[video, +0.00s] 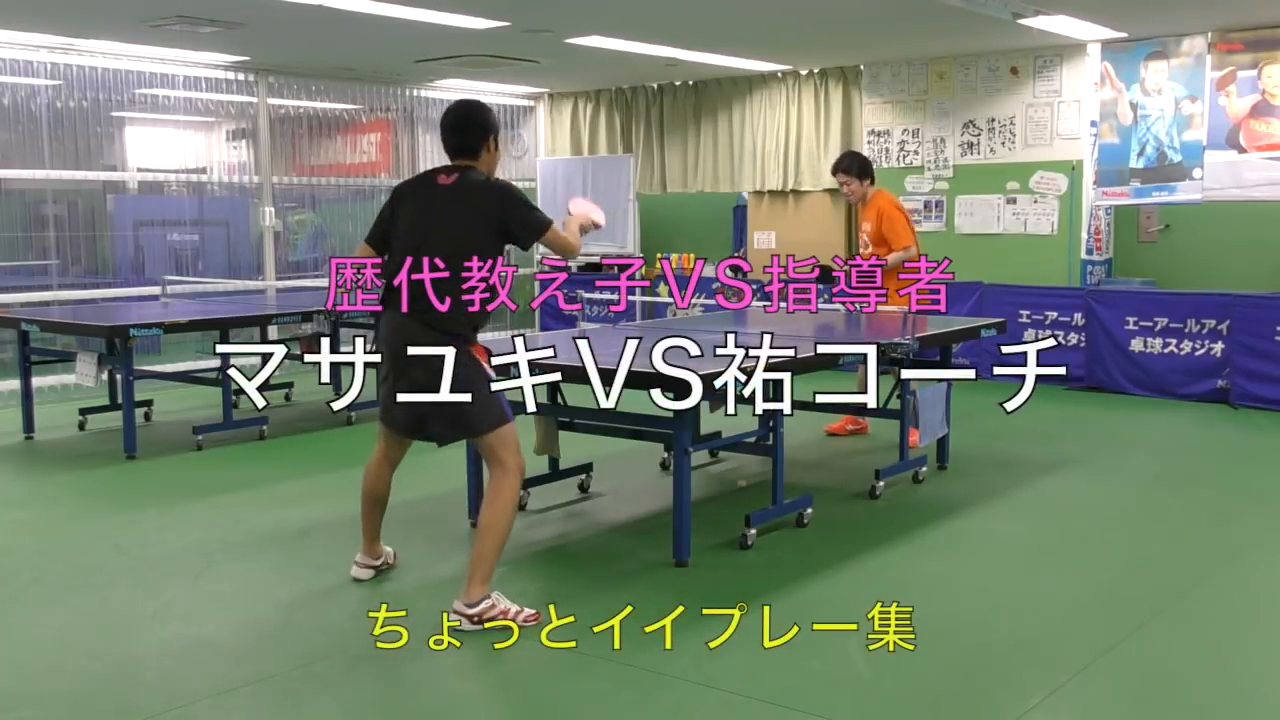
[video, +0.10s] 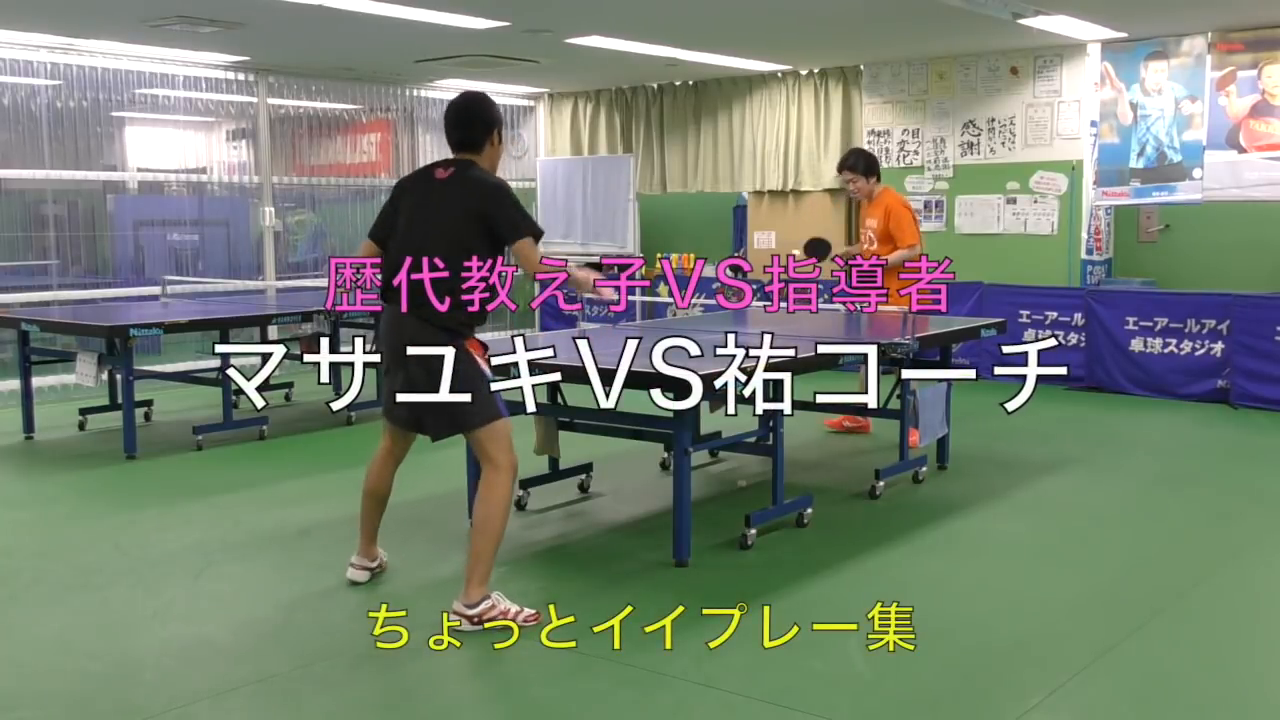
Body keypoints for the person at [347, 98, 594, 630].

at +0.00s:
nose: (499, 150)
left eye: (496, 142)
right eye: (498, 142)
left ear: (446, 144)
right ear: (489, 144)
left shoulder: (408, 191)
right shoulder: (496, 195)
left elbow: (367, 254)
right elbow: (568, 248)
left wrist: (423, 263)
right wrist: (575, 218)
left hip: (399, 345)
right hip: (453, 348)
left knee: (385, 453)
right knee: (507, 467)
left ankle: (369, 552)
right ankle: (475, 596)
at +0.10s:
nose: (502, 146)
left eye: (499, 137)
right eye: (502, 137)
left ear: (450, 136)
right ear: (493, 137)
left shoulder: (412, 184)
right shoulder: (489, 189)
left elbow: (372, 251)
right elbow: (530, 263)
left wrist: (429, 266)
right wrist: (574, 277)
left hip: (396, 338)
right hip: (448, 343)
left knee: (391, 445)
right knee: (500, 462)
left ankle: (365, 554)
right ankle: (475, 598)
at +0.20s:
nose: (509, 150)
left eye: (507, 140)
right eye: (508, 140)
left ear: (459, 137)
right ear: (496, 141)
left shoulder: (421, 183)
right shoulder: (473, 190)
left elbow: (380, 249)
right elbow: (464, 268)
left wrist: (434, 275)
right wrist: (523, 315)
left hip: (397, 342)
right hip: (437, 347)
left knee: (395, 443)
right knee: (492, 461)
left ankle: (359, 553)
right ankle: (474, 597)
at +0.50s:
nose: (509, 173)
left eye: (512, 163)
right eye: (508, 161)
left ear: (469, 154)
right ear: (482, 154)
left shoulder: (422, 191)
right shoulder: (458, 196)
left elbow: (384, 258)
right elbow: (502, 276)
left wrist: (452, 286)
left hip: (386, 344)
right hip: (418, 350)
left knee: (389, 446)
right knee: (481, 458)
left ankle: (357, 554)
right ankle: (472, 597)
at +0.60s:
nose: (505, 160)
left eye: (505, 150)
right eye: (503, 150)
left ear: (457, 145)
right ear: (484, 147)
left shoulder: (409, 186)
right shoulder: (483, 194)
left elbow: (371, 245)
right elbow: (556, 243)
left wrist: (428, 260)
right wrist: (589, 213)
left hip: (379, 339)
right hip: (425, 344)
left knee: (377, 446)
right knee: (487, 458)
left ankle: (356, 555)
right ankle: (473, 597)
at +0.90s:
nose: (491, 145)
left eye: (487, 136)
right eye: (490, 137)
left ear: (438, 138)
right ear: (482, 138)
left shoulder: (400, 184)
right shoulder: (484, 192)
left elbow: (363, 250)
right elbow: (534, 254)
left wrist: (420, 267)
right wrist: (568, 245)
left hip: (388, 342)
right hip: (439, 345)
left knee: (378, 446)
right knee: (494, 460)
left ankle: (356, 556)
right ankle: (474, 596)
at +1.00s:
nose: (497, 146)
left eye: (495, 137)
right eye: (496, 137)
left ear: (444, 137)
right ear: (487, 139)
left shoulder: (407, 183)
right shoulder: (467, 190)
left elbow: (370, 248)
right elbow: (479, 266)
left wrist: (421, 287)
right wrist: (544, 318)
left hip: (388, 341)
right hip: (433, 345)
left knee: (384, 445)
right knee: (487, 460)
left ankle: (356, 555)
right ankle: (474, 596)